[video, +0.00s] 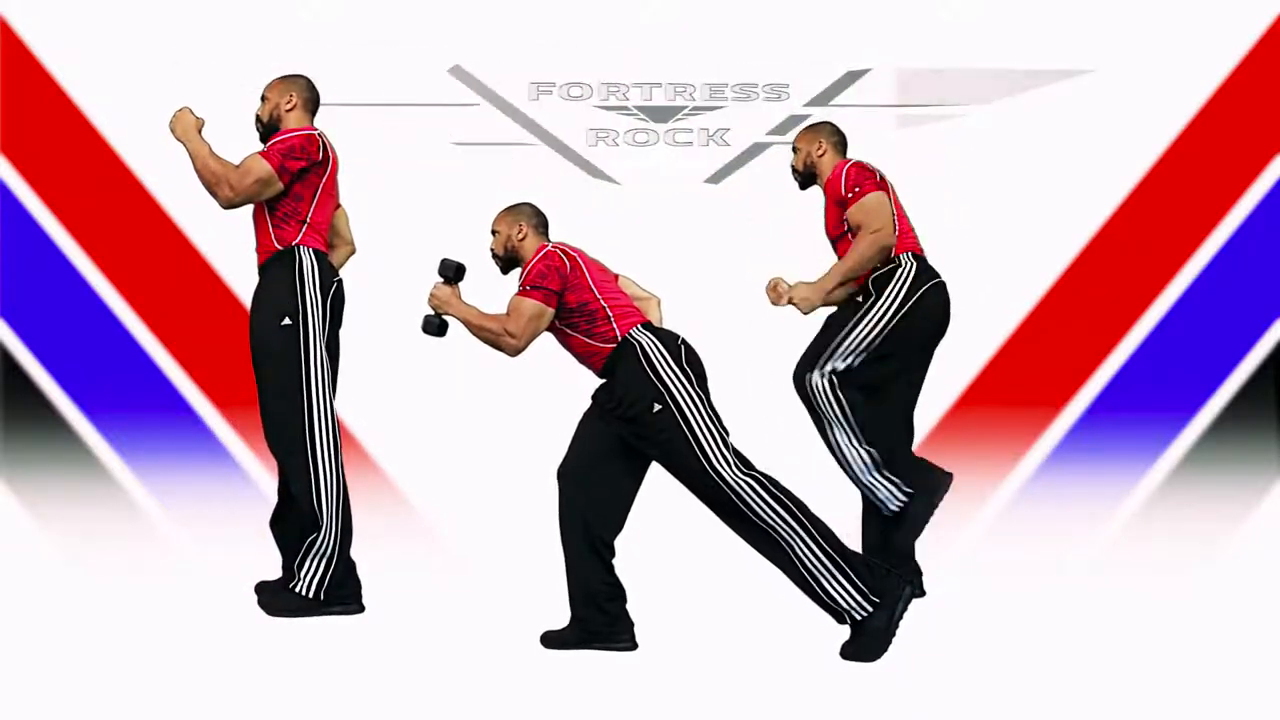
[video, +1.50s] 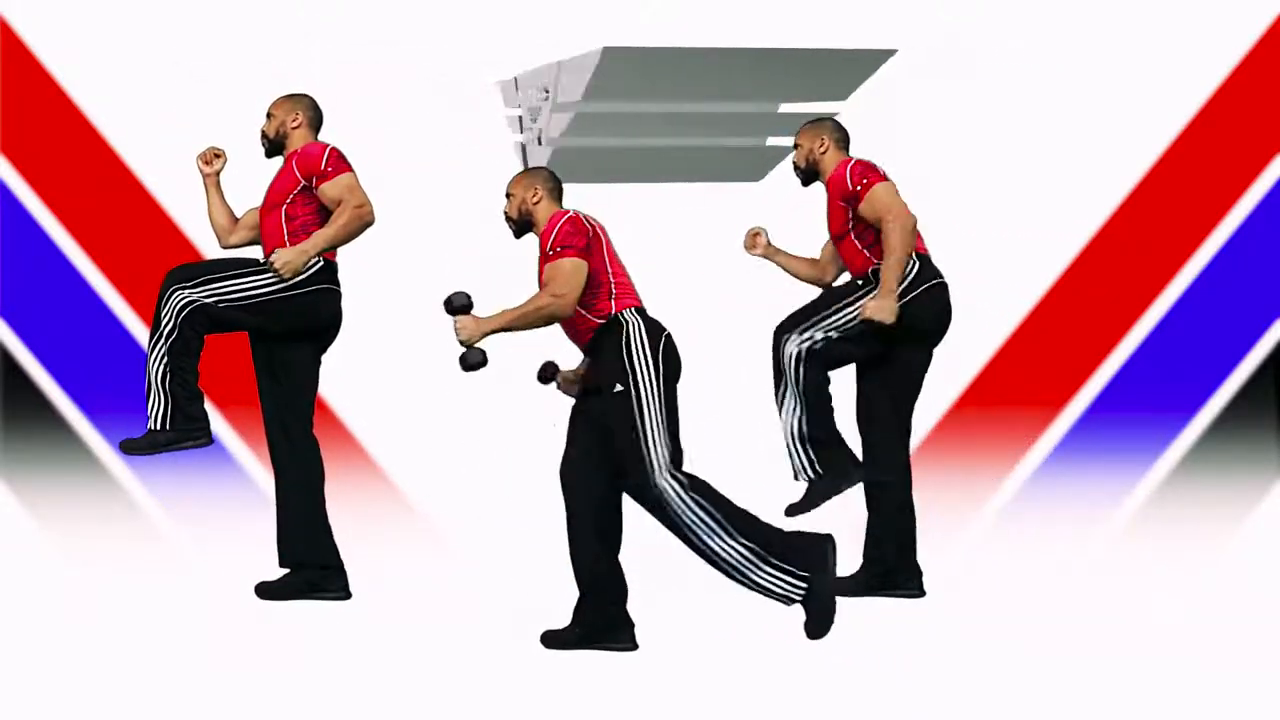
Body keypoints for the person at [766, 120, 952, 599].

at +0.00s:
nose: (792, 161)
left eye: (797, 151)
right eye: (792, 154)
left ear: (821, 147)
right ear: (824, 149)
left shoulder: (850, 172)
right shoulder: (836, 205)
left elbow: (880, 234)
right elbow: (855, 290)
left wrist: (822, 288)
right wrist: (798, 295)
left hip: (903, 283)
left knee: (817, 373)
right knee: (882, 435)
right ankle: (891, 572)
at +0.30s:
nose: (774, 188)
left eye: (779, 178)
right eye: (774, 180)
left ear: (806, 174)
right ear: (813, 179)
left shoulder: (821, 204)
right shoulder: (848, 209)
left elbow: (770, 272)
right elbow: (922, 248)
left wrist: (726, 242)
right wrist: (935, 320)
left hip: (910, 303)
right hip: (898, 317)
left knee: (980, 424)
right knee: (863, 438)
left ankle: (1124, 517)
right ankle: (891, 567)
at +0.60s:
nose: (771, 201)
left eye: (778, 191)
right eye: (772, 193)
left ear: (805, 190)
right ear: (810, 193)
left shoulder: (816, 219)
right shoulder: (846, 222)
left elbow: (771, 291)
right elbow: (922, 250)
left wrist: (724, 262)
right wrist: (941, 315)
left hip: (920, 310)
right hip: (902, 326)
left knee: (1000, 427)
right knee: (863, 437)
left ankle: (1137, 531)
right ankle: (891, 567)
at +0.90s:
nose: (767, 200)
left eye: (774, 190)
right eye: (768, 192)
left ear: (802, 190)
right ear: (807, 193)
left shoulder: (814, 220)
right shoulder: (843, 222)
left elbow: (771, 295)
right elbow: (919, 250)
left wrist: (721, 265)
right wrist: (940, 317)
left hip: (918, 312)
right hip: (901, 327)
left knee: (997, 430)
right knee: (859, 437)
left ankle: (1139, 533)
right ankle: (890, 568)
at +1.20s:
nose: (769, 188)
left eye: (775, 178)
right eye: (769, 181)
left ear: (802, 176)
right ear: (807, 183)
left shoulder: (820, 207)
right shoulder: (846, 212)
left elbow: (790, 283)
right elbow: (915, 263)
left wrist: (731, 276)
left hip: (913, 306)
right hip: (892, 323)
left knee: (960, 434)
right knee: (861, 439)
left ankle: (1104, 527)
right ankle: (890, 568)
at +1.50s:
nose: (793, 158)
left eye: (798, 148)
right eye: (793, 150)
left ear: (822, 144)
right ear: (823, 146)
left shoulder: (851, 172)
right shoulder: (843, 198)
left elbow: (899, 220)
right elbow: (824, 272)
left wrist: (887, 292)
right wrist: (770, 251)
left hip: (901, 288)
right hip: (905, 301)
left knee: (794, 339)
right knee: (883, 440)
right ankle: (892, 569)